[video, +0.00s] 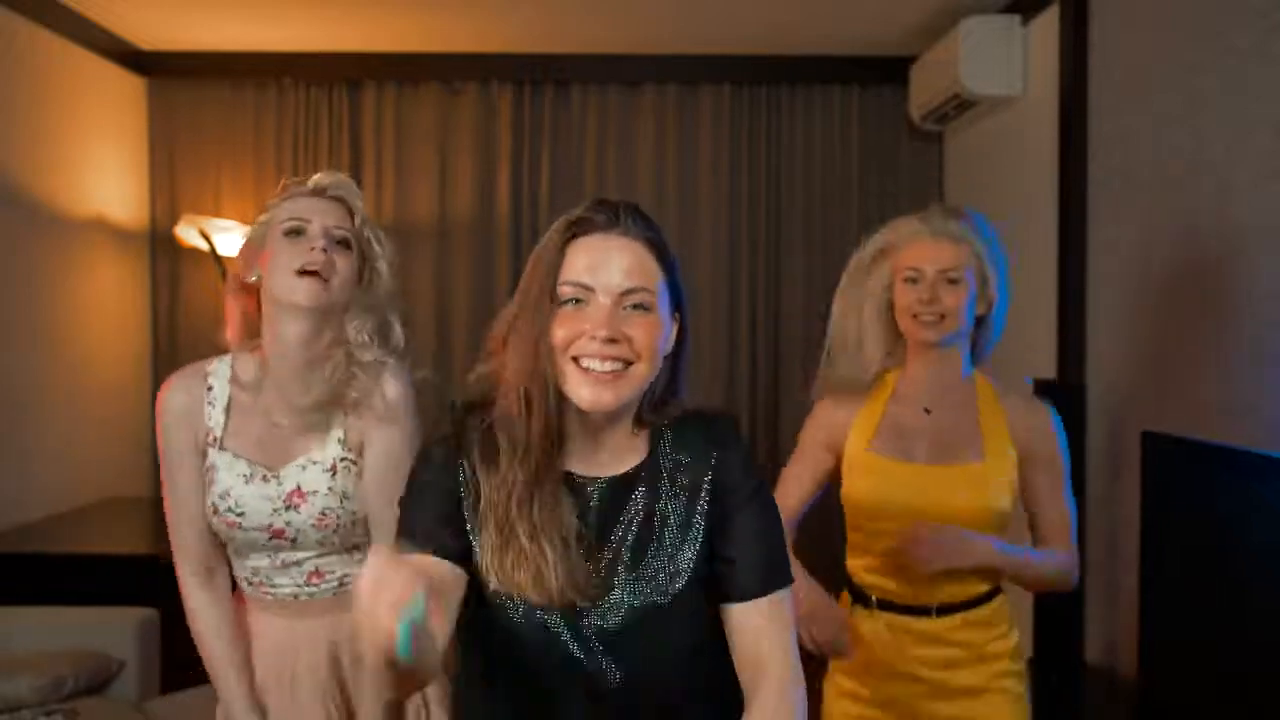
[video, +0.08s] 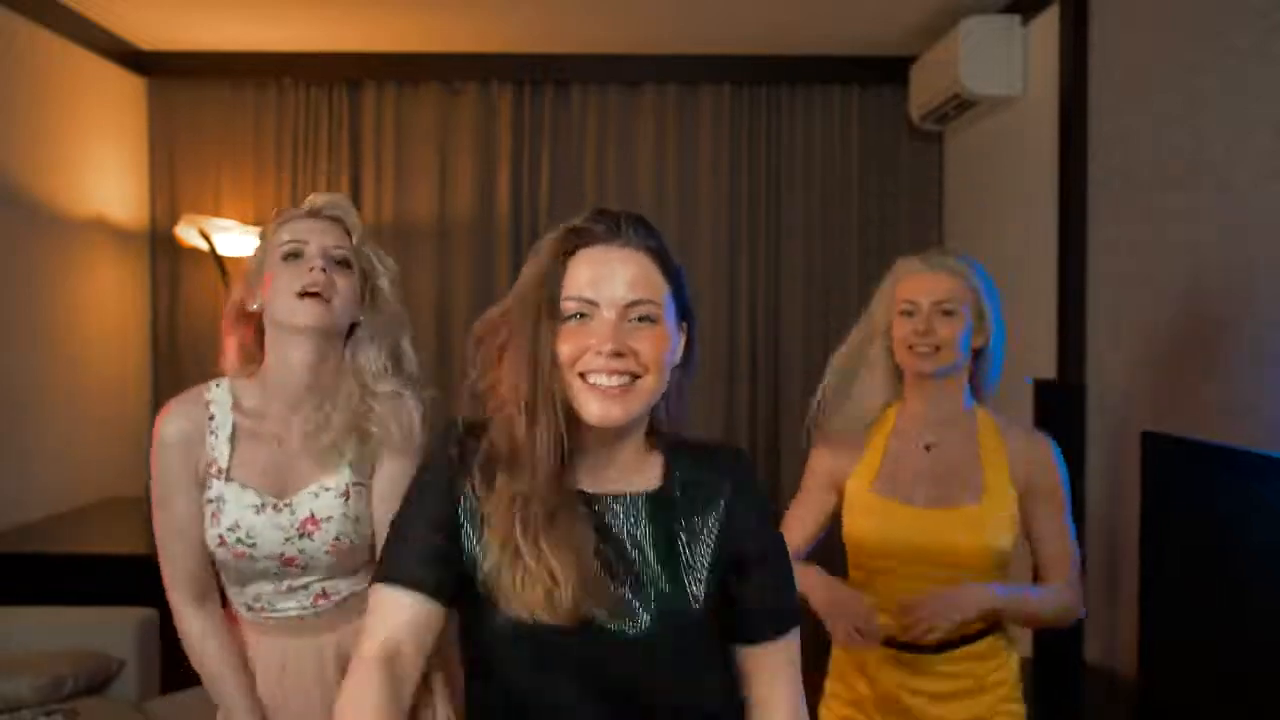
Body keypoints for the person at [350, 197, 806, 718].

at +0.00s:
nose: (603, 330)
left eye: (636, 304)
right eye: (574, 300)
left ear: (671, 331)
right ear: (534, 320)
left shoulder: (712, 459)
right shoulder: (463, 461)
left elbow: (773, 687)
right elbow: (410, 667)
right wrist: (391, 609)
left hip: (675, 707)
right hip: (513, 708)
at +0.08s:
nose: (610, 344)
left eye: (641, 317)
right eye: (579, 314)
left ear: (679, 344)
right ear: (537, 337)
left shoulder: (724, 491)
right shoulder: (467, 474)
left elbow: (775, 694)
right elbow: (387, 658)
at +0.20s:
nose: (607, 400)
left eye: (639, 371)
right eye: (575, 375)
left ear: (689, 384)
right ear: (541, 395)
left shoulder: (748, 569)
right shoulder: (473, 561)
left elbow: (769, 713)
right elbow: (399, 712)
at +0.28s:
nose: (600, 411)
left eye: (633, 383)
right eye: (572, 388)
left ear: (691, 396)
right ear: (549, 411)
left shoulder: (760, 575)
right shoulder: (487, 580)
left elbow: (794, 710)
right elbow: (429, 711)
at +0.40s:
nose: (573, 361)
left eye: (608, 330)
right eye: (548, 340)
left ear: (681, 350)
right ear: (529, 369)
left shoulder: (771, 501)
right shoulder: (486, 519)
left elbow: (864, 617)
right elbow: (423, 654)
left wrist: (891, 712)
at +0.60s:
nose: (547, 373)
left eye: (588, 345)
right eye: (531, 351)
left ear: (661, 370)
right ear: (513, 375)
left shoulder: (760, 535)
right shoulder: (475, 558)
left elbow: (857, 701)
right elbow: (396, 708)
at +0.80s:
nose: (576, 333)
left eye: (610, 307)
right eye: (553, 320)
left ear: (674, 344)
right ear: (533, 361)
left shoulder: (757, 516)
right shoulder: (485, 541)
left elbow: (778, 707)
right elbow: (467, 709)